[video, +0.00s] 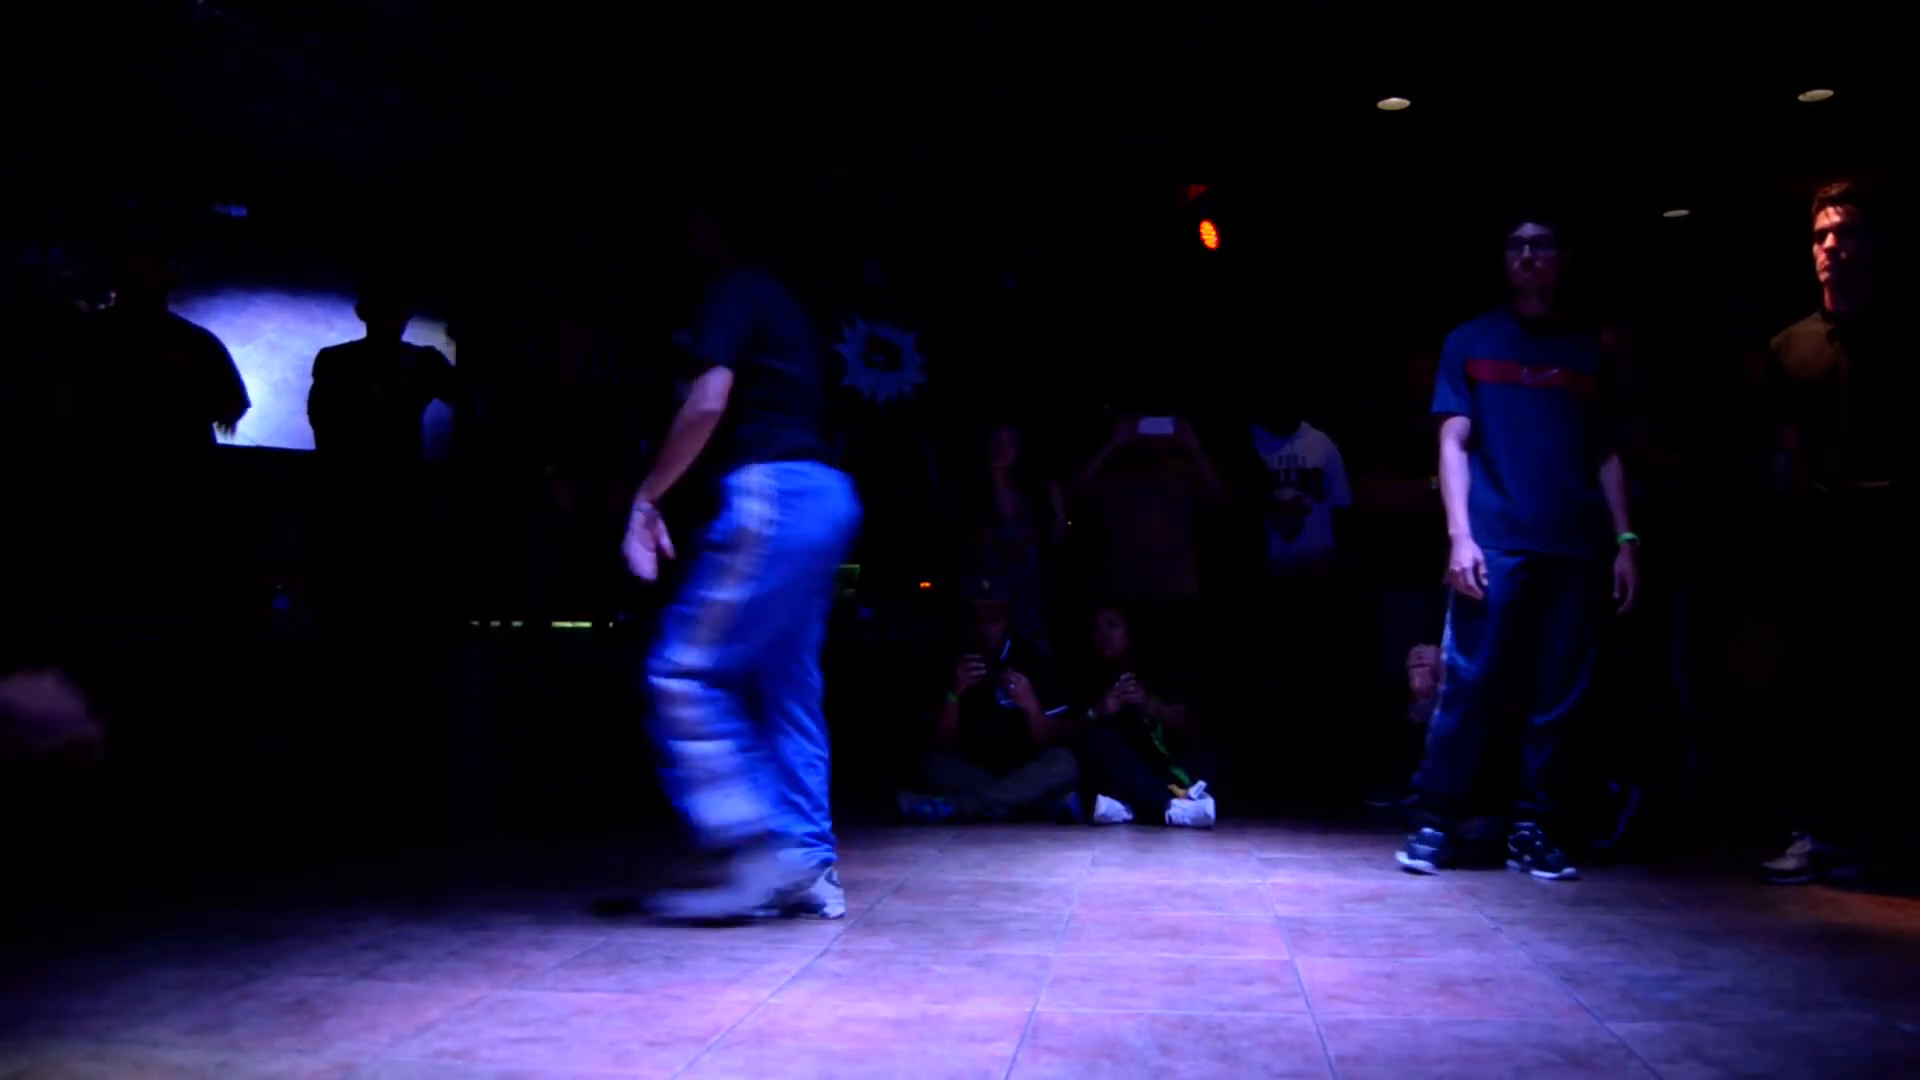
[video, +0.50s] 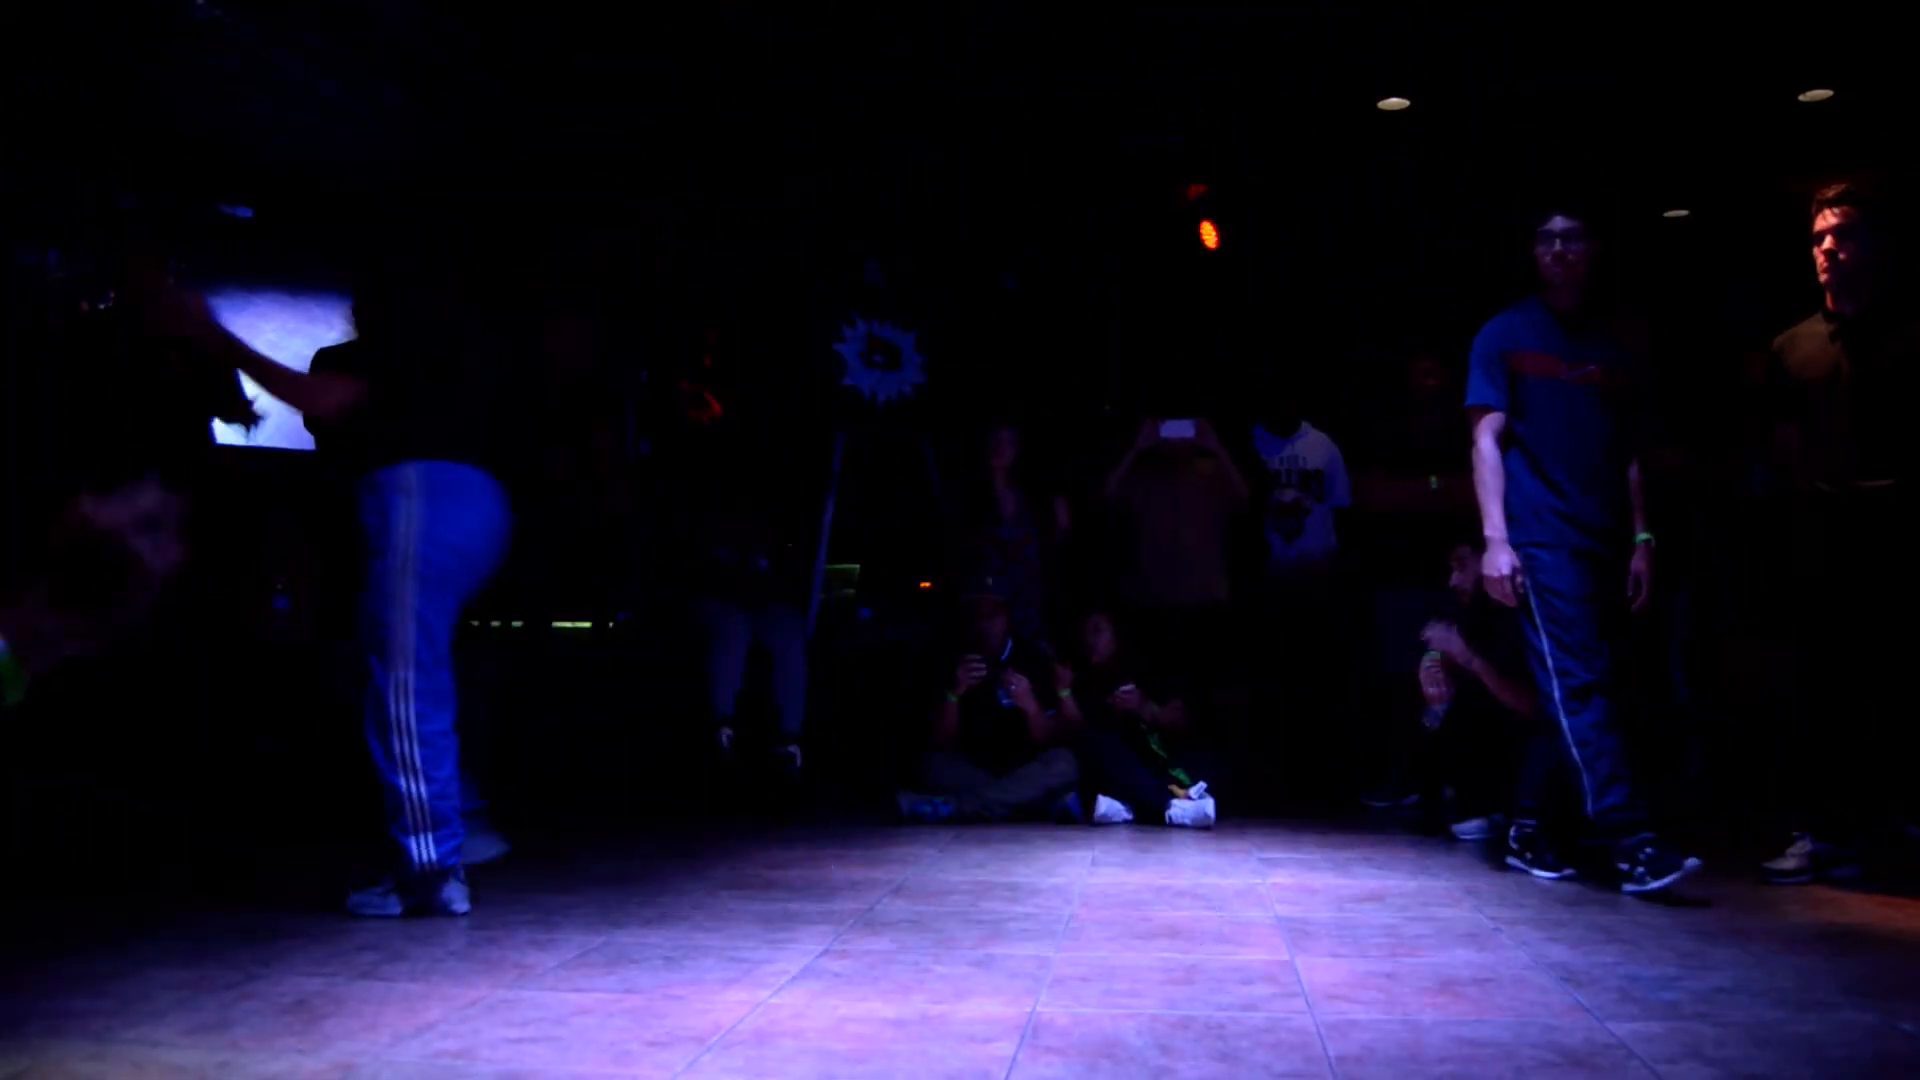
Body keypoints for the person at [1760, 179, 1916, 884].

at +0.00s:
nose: (1829, 249)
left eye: (1845, 235)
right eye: (1821, 236)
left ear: (1876, 249)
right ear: (1812, 253)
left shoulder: (1906, 338)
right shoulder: (1791, 347)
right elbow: (1768, 448)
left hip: (1895, 537)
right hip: (1812, 536)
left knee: (1894, 682)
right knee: (1815, 681)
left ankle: (1897, 835)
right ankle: (1815, 829)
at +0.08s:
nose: (1830, 249)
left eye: (1846, 235)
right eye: (1821, 237)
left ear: (1876, 250)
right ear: (1812, 253)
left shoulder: (1907, 338)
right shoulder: (1791, 347)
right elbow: (1769, 450)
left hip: (1897, 537)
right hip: (1814, 537)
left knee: (1897, 683)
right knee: (1817, 682)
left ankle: (1902, 834)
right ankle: (1818, 829)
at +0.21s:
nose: (1829, 251)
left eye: (1844, 237)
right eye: (1820, 238)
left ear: (1876, 250)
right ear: (1812, 254)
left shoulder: (1908, 338)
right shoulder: (1794, 348)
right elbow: (1771, 451)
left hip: (1899, 538)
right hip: (1816, 537)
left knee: (1898, 683)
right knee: (1818, 682)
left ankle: (1903, 834)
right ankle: (1818, 829)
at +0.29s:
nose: (1827, 253)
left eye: (1842, 238)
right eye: (1819, 240)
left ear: (1875, 250)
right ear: (1811, 255)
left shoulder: (1907, 337)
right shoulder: (1795, 348)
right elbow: (1773, 451)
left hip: (1896, 536)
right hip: (1816, 536)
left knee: (1898, 682)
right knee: (1819, 681)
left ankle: (1899, 832)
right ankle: (1819, 828)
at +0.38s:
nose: (1826, 254)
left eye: (1841, 239)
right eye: (1818, 241)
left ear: (1875, 251)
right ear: (1811, 256)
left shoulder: (1907, 338)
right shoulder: (1796, 349)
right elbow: (1774, 453)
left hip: (1897, 536)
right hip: (1816, 536)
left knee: (1898, 682)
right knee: (1819, 681)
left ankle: (1900, 832)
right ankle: (1820, 828)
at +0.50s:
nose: (1828, 251)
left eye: (1844, 237)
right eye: (1820, 239)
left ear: (1875, 251)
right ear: (1812, 255)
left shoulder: (1908, 337)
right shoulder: (1793, 348)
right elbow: (1771, 450)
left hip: (1896, 537)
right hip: (1813, 536)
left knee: (1898, 681)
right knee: (1817, 681)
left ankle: (1900, 832)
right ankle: (1820, 828)